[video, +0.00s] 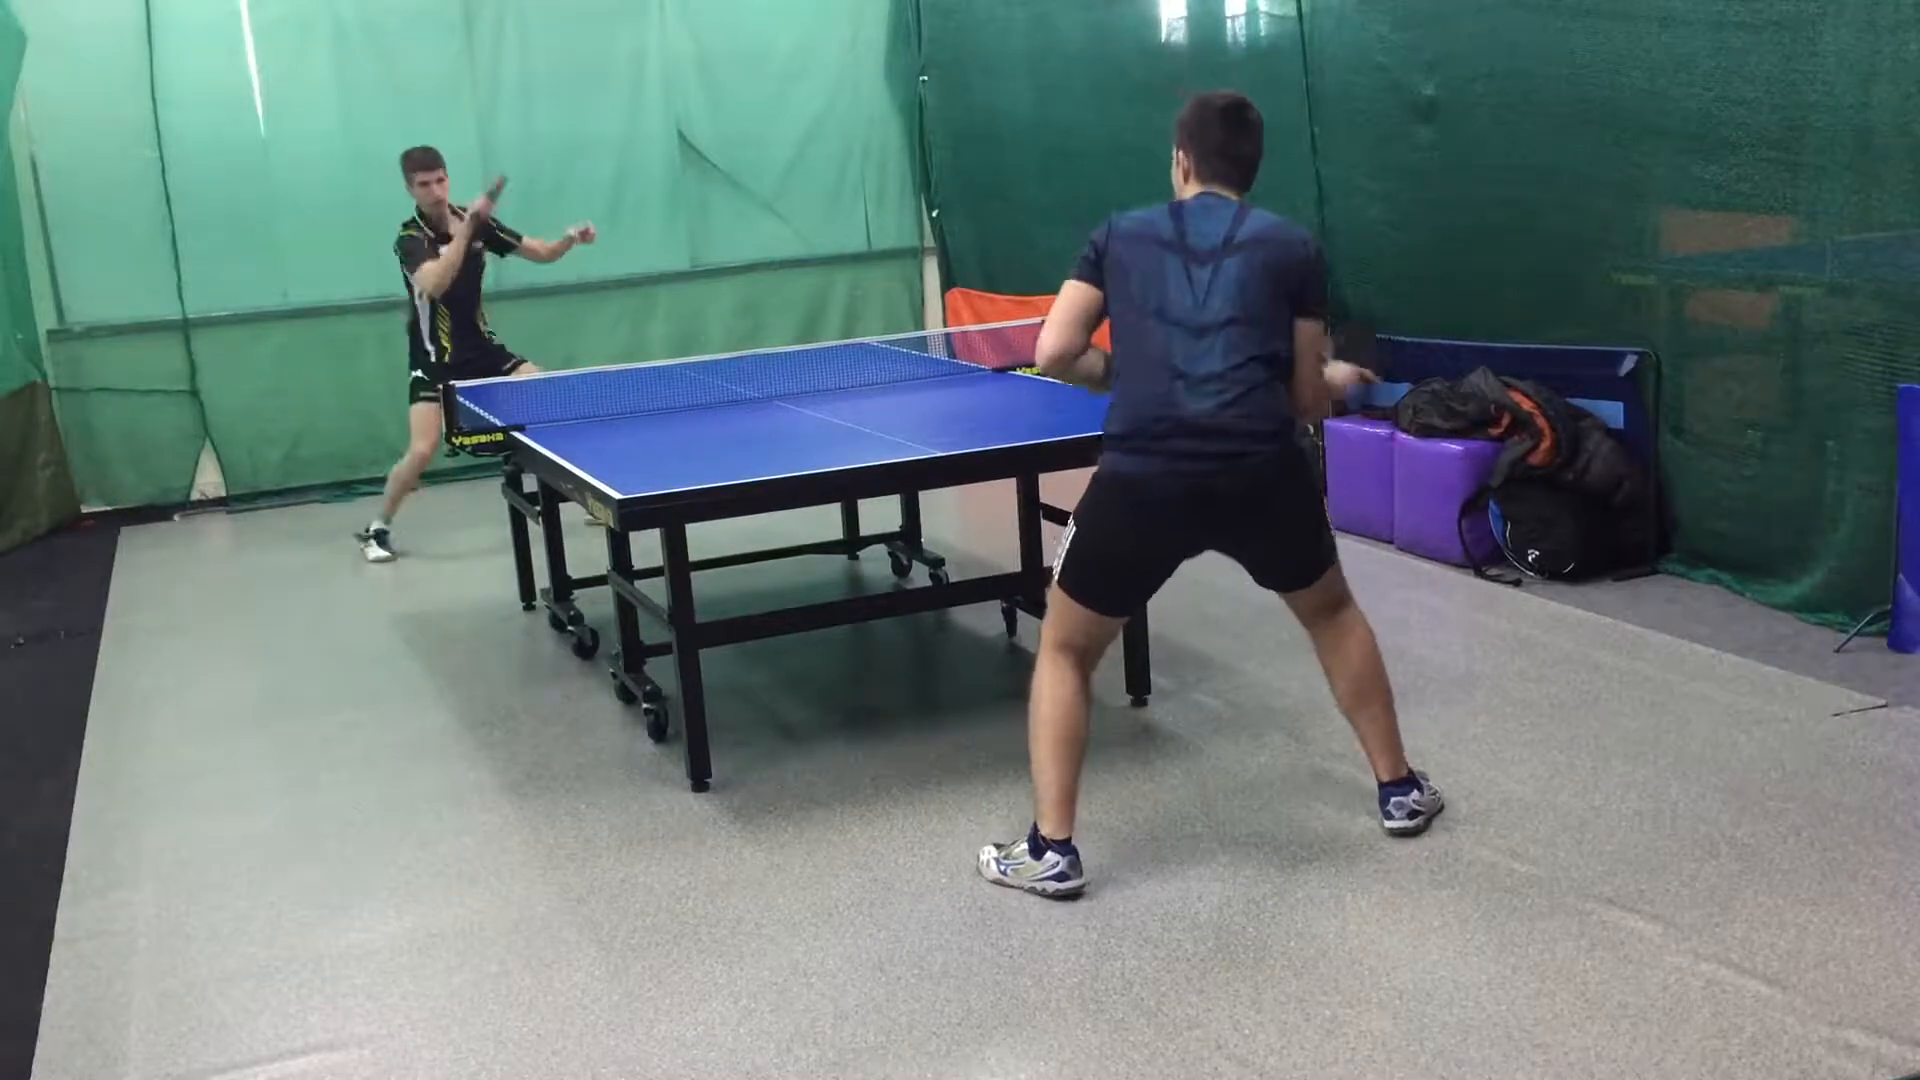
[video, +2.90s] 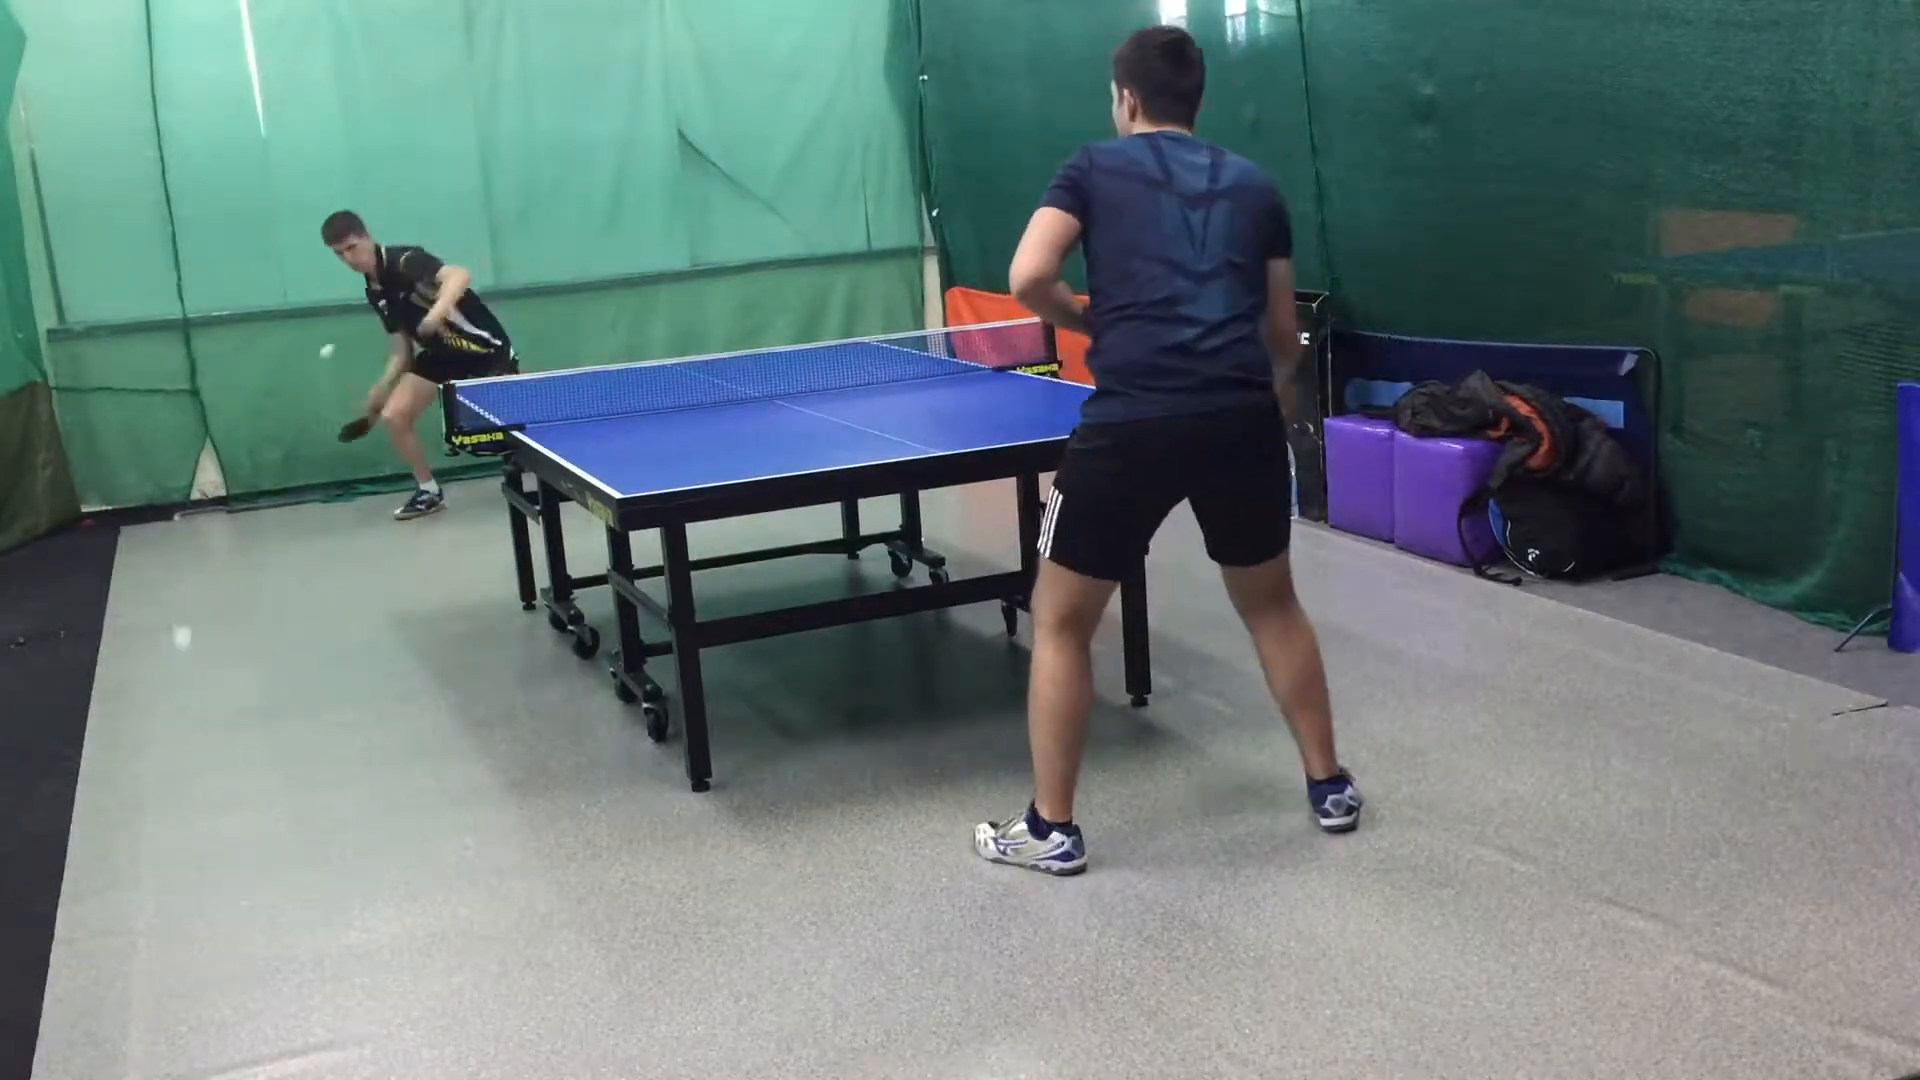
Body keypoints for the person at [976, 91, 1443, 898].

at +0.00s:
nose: (1175, 167)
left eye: (1175, 157)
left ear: (1180, 163)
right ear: (1253, 170)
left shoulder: (1118, 235)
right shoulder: (1292, 247)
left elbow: (1056, 350)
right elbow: (1307, 401)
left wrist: (1115, 373)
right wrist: (1336, 379)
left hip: (1143, 489)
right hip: (1264, 488)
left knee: (1068, 650)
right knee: (1331, 615)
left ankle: (1053, 847)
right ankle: (1398, 789)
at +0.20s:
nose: (1139, 122)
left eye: (1140, 111)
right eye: (1149, 112)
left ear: (1147, 120)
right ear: (1221, 131)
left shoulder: (1092, 195)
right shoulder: (1262, 215)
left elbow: (1031, 320)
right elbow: (1276, 352)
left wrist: (1079, 337)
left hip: (1135, 459)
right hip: (1251, 455)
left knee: (1061, 646)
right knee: (1313, 613)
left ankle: (1050, 848)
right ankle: (1396, 786)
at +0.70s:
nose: (1131, 125)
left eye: (1132, 114)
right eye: (1136, 113)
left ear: (1145, 122)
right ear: (1218, 124)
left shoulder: (1098, 198)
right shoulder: (1269, 210)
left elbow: (1039, 314)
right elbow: (1297, 352)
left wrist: (1099, 340)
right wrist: (1314, 396)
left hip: (1138, 452)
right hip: (1252, 448)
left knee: (1058, 640)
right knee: (1314, 612)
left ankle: (1047, 845)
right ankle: (1387, 793)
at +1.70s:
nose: (1143, 114)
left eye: (1138, 103)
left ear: (1140, 109)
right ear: (1217, 108)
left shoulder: (1094, 194)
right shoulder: (1257, 178)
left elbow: (1075, 338)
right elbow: (1278, 308)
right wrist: (1362, 380)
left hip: (1116, 448)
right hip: (1232, 445)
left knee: (1059, 637)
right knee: (1300, 617)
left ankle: (1042, 832)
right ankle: (1372, 793)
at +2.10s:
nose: (1149, 78)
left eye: (1146, 65)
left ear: (1152, 71)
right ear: (1229, 69)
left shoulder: (1102, 151)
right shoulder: (1268, 151)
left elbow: (1096, 275)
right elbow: (1290, 312)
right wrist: (1276, 306)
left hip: (1104, 425)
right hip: (1218, 423)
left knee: (1078, 623)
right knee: (1253, 612)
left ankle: (1053, 819)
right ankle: (1267, 799)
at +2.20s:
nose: (1136, 81)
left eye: (1135, 69)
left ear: (1143, 74)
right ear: (1220, 73)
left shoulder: (1095, 153)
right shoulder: (1270, 159)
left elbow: (1054, 297)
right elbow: (1284, 286)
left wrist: (1098, 355)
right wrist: (1217, 300)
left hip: (1106, 427)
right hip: (1222, 424)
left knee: (1077, 623)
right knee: (1252, 609)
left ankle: (1053, 824)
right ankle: (1266, 799)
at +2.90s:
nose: (1114, 107)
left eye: (1114, 96)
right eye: (1121, 95)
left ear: (1124, 99)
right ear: (1198, 101)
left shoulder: (1096, 168)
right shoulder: (1252, 184)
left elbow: (1029, 279)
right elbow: (1282, 331)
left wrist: (1090, 320)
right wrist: (1278, 374)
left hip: (1128, 431)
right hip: (1239, 425)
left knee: (1062, 625)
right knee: (1272, 604)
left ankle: (1053, 827)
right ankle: (1329, 786)